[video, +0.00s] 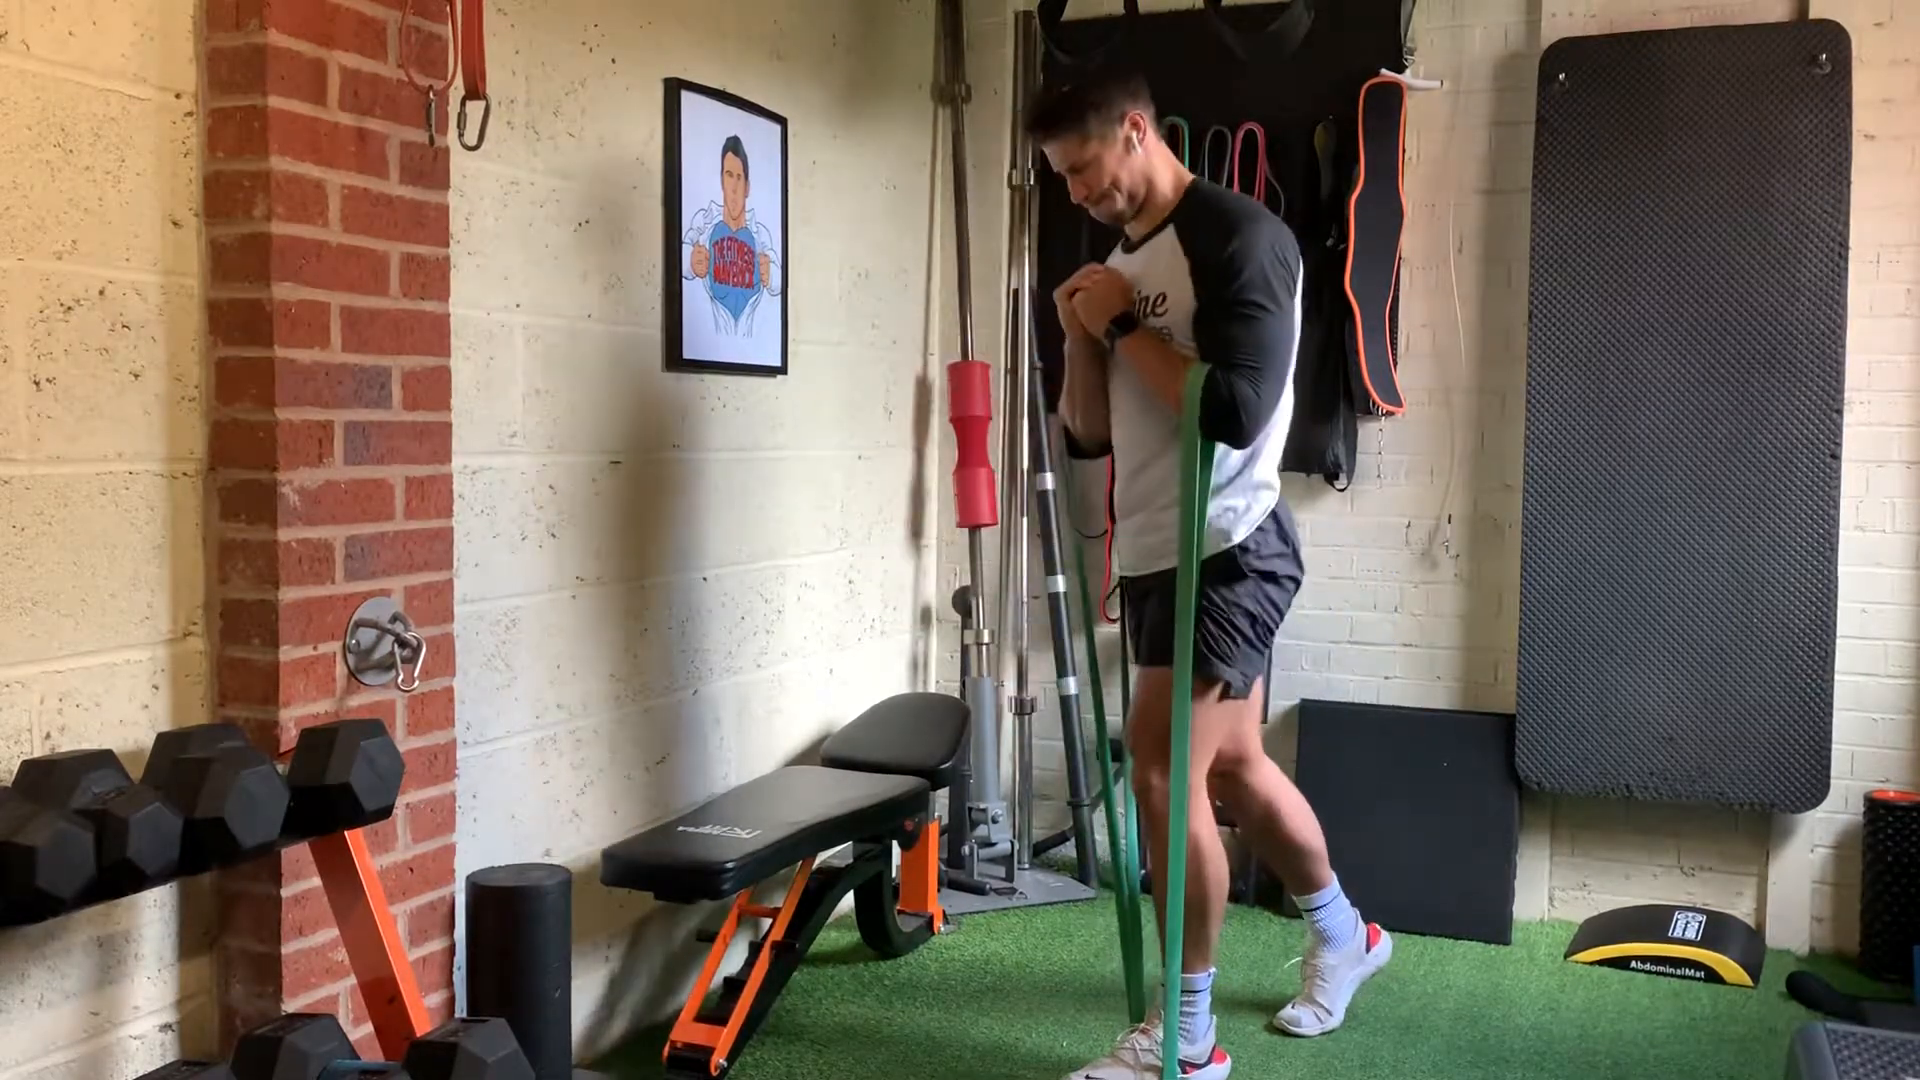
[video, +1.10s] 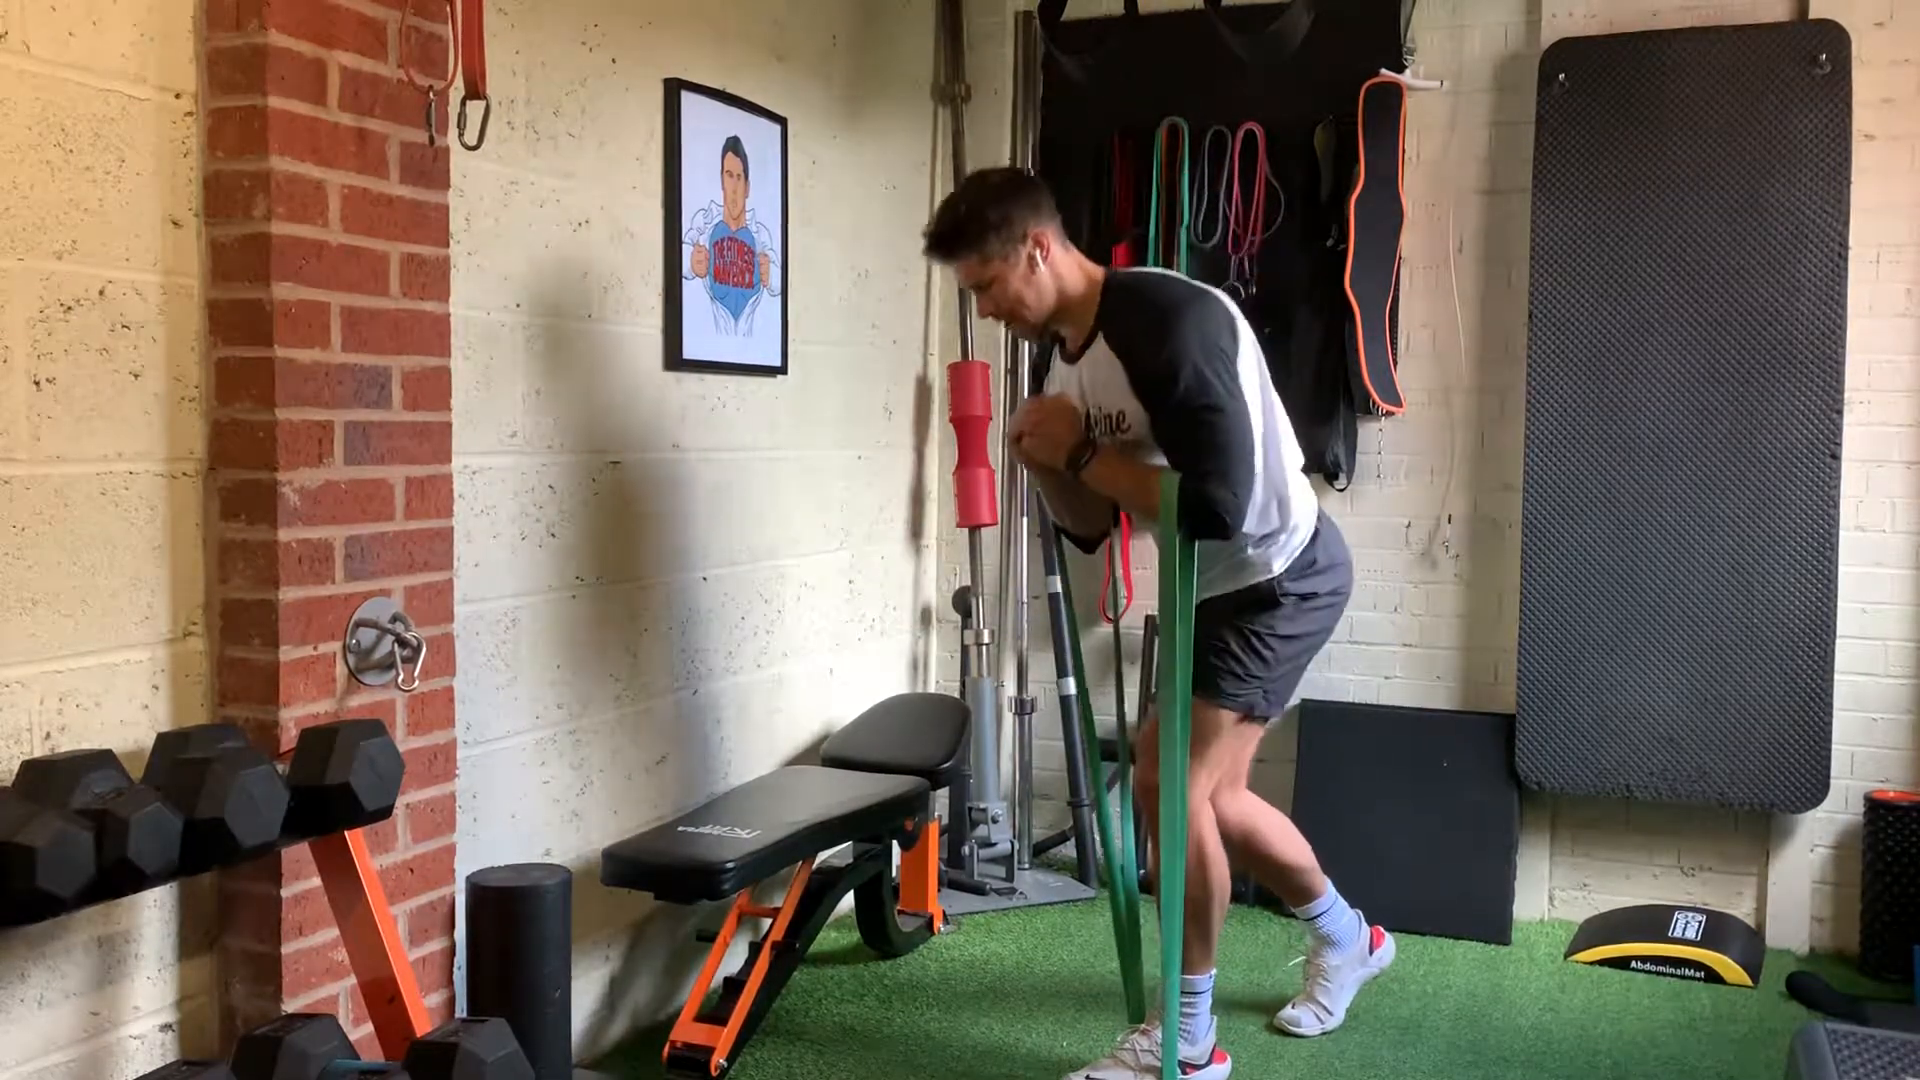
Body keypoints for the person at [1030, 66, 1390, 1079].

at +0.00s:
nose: (1083, 196)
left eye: (1093, 170)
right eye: (1067, 179)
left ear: (1143, 133)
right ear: (1063, 169)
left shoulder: (1244, 237)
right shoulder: (1106, 257)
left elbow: (1241, 411)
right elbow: (1088, 434)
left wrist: (1119, 327)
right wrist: (1085, 335)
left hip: (1231, 546)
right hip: (1153, 555)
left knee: (1162, 769)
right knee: (1236, 769)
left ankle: (1188, 1035)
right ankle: (1346, 936)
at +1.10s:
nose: (982, 309)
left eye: (986, 285)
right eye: (972, 293)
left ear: (1039, 249)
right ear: (1031, 258)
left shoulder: (1175, 325)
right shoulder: (1062, 354)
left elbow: (1220, 507)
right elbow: (1093, 525)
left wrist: (1081, 456)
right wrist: (1044, 461)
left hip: (1281, 574)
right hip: (1211, 577)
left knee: (1168, 782)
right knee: (1214, 794)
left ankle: (1187, 1039)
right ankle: (1348, 937)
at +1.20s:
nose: (965, 360)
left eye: (970, 337)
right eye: (955, 344)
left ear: (1024, 301)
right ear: (1016, 308)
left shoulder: (1162, 365)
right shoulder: (1039, 407)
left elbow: (1219, 543)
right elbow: (1093, 569)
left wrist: (1079, 499)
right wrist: (1045, 507)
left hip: (1292, 579)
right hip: (1213, 588)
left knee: (1170, 788)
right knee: (1213, 803)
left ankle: (1187, 1037)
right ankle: (1350, 936)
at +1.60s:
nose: (937, 542)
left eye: (938, 521)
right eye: (927, 526)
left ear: (991, 487)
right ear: (994, 488)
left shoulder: (1141, 508)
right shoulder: (1029, 542)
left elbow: (1225, 677)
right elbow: (1102, 683)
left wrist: (1085, 646)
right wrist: (1052, 659)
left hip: (1330, 594)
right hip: (1252, 608)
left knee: (1205, 794)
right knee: (1216, 811)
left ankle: (1188, 1039)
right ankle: (1351, 940)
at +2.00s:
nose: (933, 642)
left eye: (933, 623)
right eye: (921, 627)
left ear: (982, 588)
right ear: (984, 584)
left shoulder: (1134, 585)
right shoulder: (1026, 612)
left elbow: (1228, 744)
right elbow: (1130, 727)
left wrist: (1090, 721)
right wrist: (1062, 735)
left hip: (1341, 599)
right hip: (1270, 603)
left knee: (1203, 804)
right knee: (1198, 807)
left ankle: (1185, 1040)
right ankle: (1351, 940)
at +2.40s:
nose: (961, 411)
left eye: (965, 388)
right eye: (950, 394)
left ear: (1018, 355)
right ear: (1015, 360)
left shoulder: (1154, 414)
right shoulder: (1039, 448)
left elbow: (1224, 580)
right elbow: (1101, 604)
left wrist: (1084, 544)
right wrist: (1055, 560)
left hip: (1311, 587)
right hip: (1228, 601)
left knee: (1176, 783)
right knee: (1206, 817)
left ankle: (1186, 1035)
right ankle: (1348, 936)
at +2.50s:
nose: (975, 343)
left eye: (981, 319)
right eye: (965, 325)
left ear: (1037, 289)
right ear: (1027, 297)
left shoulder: (1171, 361)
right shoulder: (1054, 398)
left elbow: (1224, 538)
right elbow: (1092, 563)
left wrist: (1092, 492)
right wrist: (1048, 498)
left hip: (1296, 579)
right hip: (1216, 591)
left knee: (1167, 785)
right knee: (1206, 815)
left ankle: (1186, 1035)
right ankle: (1349, 937)